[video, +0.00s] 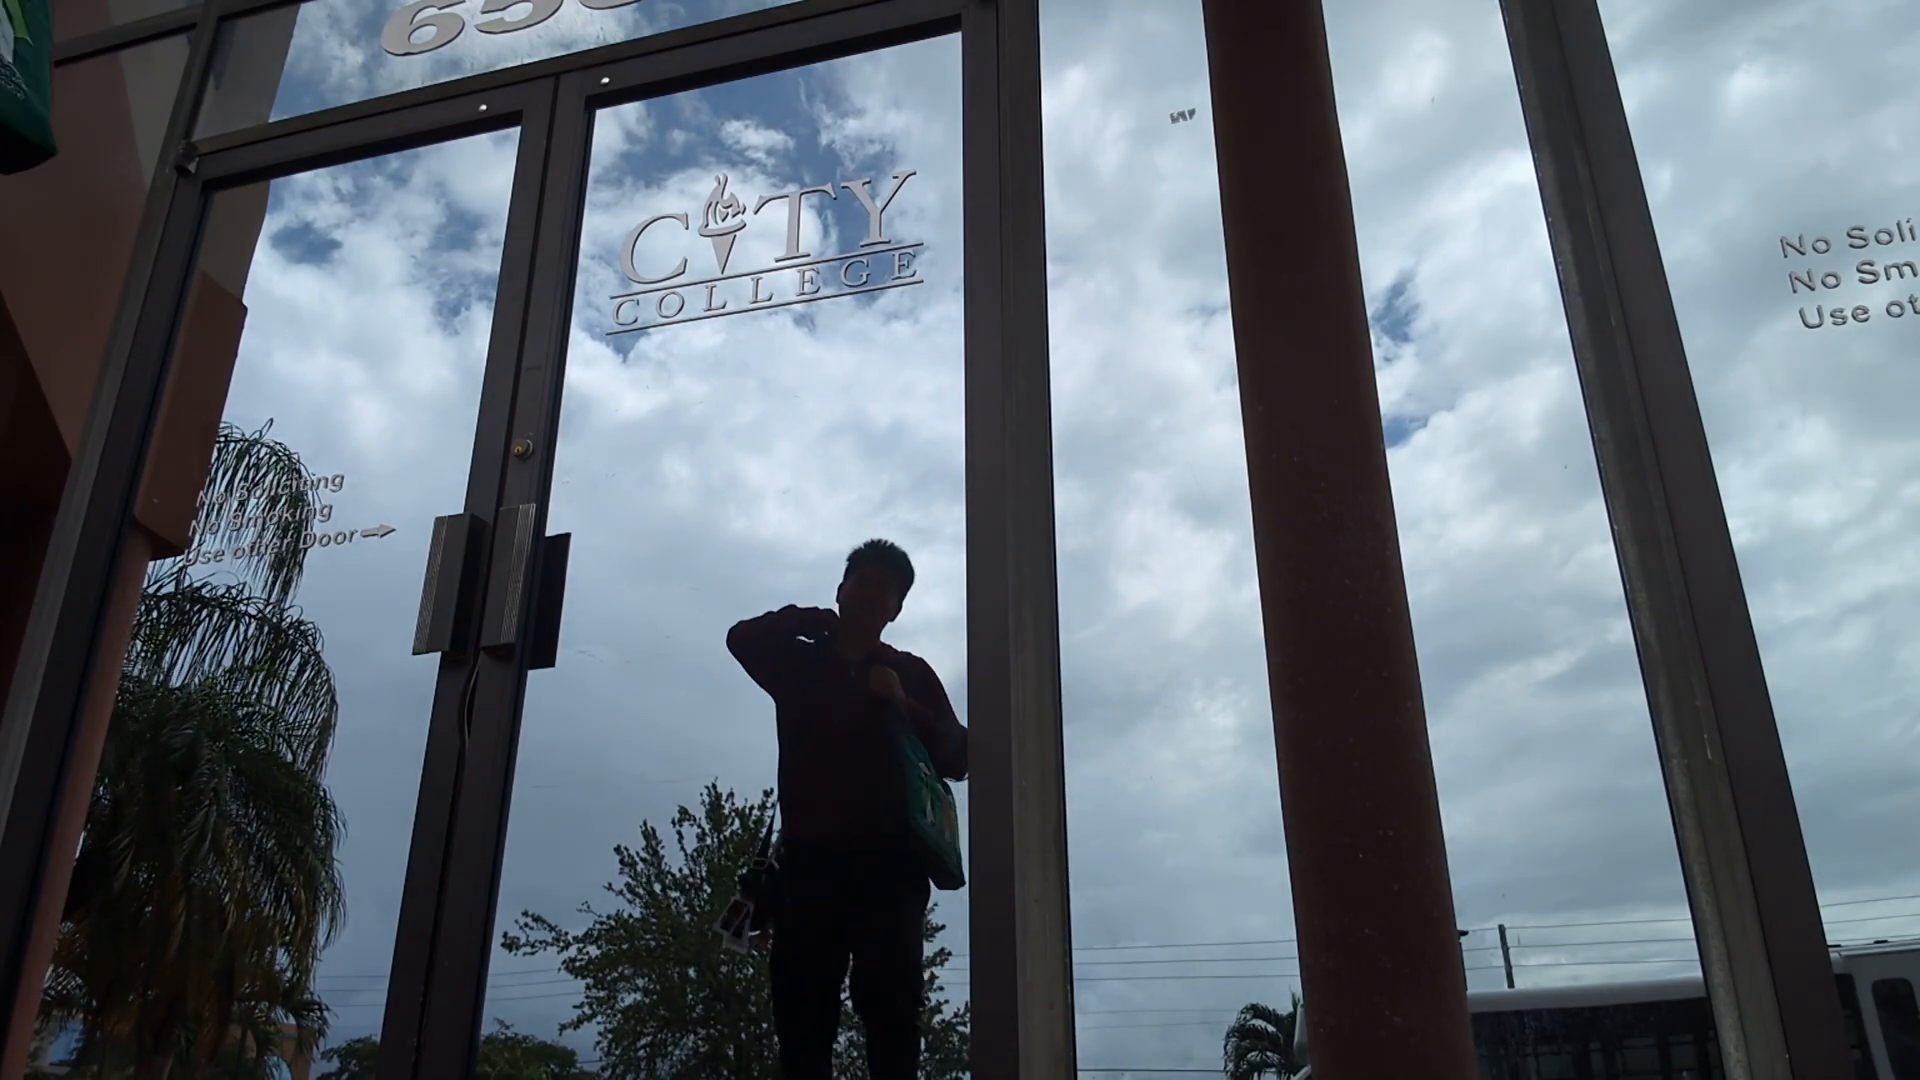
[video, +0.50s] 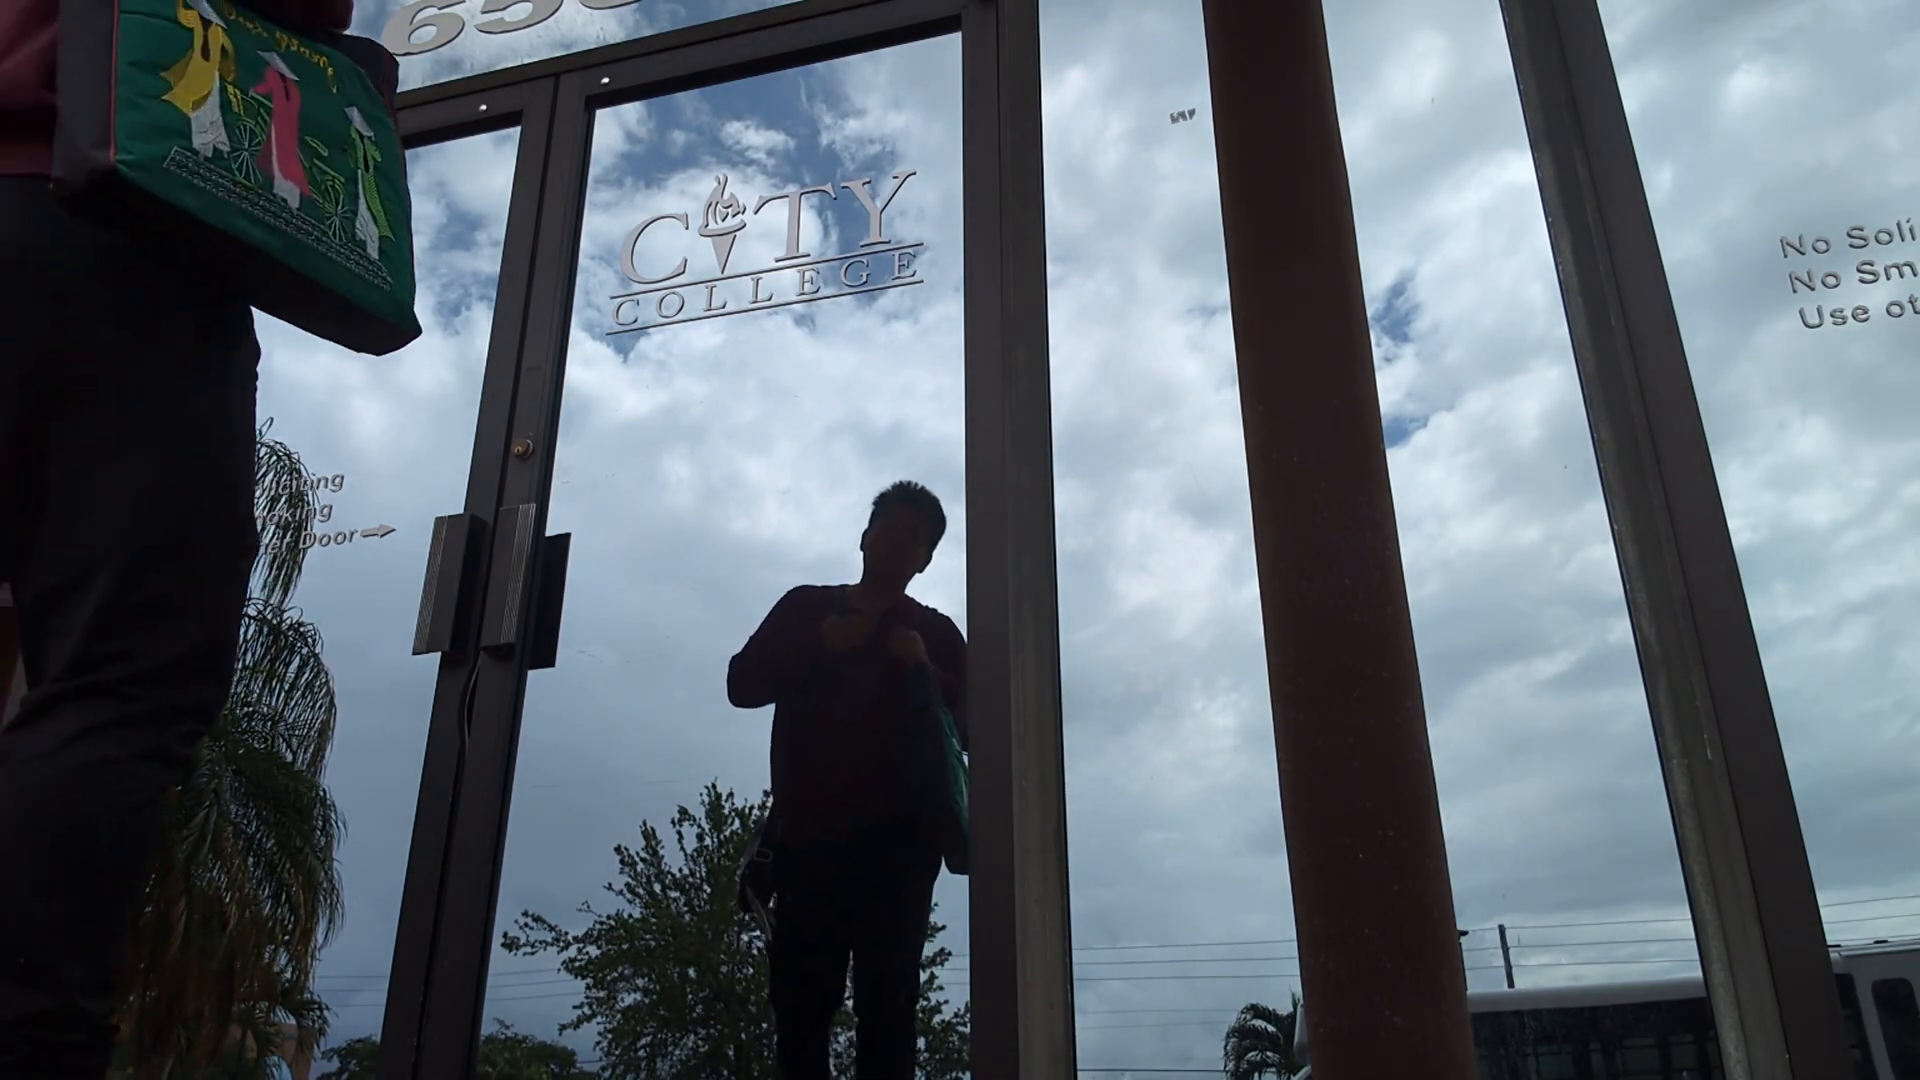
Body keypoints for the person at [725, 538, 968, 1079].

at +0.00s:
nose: (872, 598)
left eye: (886, 592)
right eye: (864, 584)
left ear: (898, 607)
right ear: (841, 588)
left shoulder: (913, 673)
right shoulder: (798, 664)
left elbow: (959, 759)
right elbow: (742, 639)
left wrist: (904, 704)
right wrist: (804, 616)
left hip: (892, 862)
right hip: (812, 857)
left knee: (892, 1018)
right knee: (802, 1020)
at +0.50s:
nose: (896, 545)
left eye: (913, 539)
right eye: (888, 530)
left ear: (927, 557)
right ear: (866, 534)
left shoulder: (939, 633)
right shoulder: (805, 606)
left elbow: (972, 732)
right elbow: (741, 687)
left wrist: (920, 666)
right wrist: (820, 643)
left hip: (902, 840)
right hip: (809, 832)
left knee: (889, 1008)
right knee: (800, 1009)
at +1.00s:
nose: (904, 488)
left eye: (923, 479)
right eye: (896, 474)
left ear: (946, 498)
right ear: (879, 481)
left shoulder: (962, 583)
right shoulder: (822, 559)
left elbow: (988, 683)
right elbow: (765, 653)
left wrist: (945, 623)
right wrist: (831, 605)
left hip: (914, 809)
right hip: (815, 799)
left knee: (894, 994)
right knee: (779, 987)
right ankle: (766, 1079)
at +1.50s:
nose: (834, 430)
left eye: (850, 417)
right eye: (820, 417)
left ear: (878, 436)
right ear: (802, 433)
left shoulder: (904, 536)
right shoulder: (758, 512)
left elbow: (950, 643)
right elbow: (702, 614)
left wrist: (913, 582)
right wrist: (790, 577)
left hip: (889, 775)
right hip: (788, 767)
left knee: (894, 972)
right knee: (769, 964)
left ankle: (886, 1077)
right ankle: (752, 1075)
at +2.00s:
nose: (861, 397)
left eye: (865, 384)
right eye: (844, 380)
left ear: (863, 397)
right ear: (793, 393)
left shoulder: (869, 508)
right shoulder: (737, 478)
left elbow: (910, 634)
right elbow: (685, 586)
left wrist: (895, 560)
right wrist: (787, 571)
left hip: (873, 758)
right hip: (781, 753)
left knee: (906, 945)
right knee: (771, 946)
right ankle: (752, 1078)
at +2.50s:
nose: (908, 425)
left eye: (910, 409)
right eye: (900, 406)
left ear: (864, 404)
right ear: (858, 397)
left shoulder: (878, 505)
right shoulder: (760, 465)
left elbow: (887, 624)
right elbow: (703, 578)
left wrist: (946, 576)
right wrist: (815, 572)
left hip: (887, 758)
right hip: (800, 752)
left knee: (901, 952)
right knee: (784, 949)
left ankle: (885, 1077)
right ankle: (759, 1072)